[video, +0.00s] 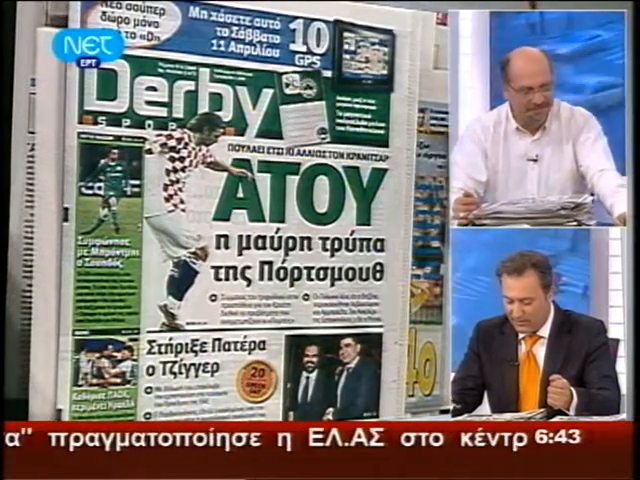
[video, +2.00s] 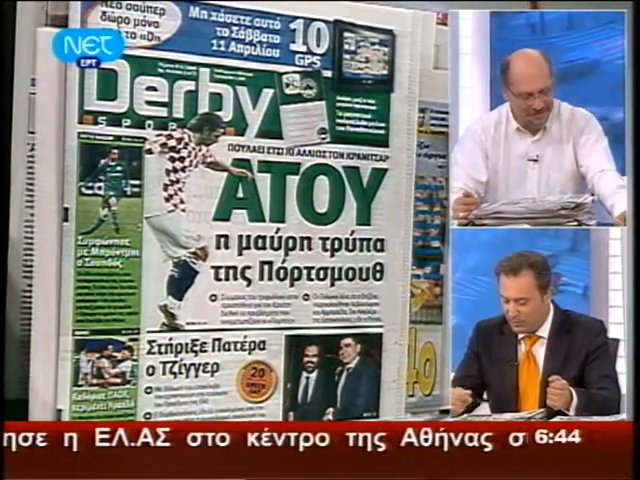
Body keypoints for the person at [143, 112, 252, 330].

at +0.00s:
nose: (215, 141)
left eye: (217, 137)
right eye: (215, 136)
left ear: (206, 132)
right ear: (205, 130)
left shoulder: (199, 149)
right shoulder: (178, 137)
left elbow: (212, 162)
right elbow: (149, 146)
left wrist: (231, 170)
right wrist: (154, 148)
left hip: (166, 209)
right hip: (161, 207)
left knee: (181, 260)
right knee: (200, 251)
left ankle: (171, 317)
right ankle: (172, 304)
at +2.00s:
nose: (216, 141)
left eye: (218, 137)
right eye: (216, 136)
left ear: (206, 132)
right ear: (206, 130)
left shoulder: (199, 149)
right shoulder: (179, 137)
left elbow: (212, 162)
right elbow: (151, 145)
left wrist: (231, 170)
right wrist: (153, 147)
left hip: (165, 208)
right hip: (161, 207)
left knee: (181, 260)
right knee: (200, 251)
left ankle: (171, 317)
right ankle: (172, 304)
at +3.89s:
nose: (215, 141)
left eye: (217, 137)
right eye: (215, 136)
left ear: (207, 132)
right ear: (205, 130)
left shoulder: (199, 150)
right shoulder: (179, 137)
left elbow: (212, 162)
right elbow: (149, 145)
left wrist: (232, 170)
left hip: (165, 209)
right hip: (161, 208)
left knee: (180, 262)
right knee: (200, 251)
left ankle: (170, 317)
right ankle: (172, 304)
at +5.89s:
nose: (215, 141)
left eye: (217, 137)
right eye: (215, 136)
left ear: (207, 132)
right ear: (205, 130)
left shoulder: (199, 150)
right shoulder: (179, 137)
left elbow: (212, 162)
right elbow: (149, 145)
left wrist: (232, 170)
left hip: (166, 209)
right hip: (161, 208)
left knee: (180, 262)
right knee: (200, 251)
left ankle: (171, 317)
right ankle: (172, 304)